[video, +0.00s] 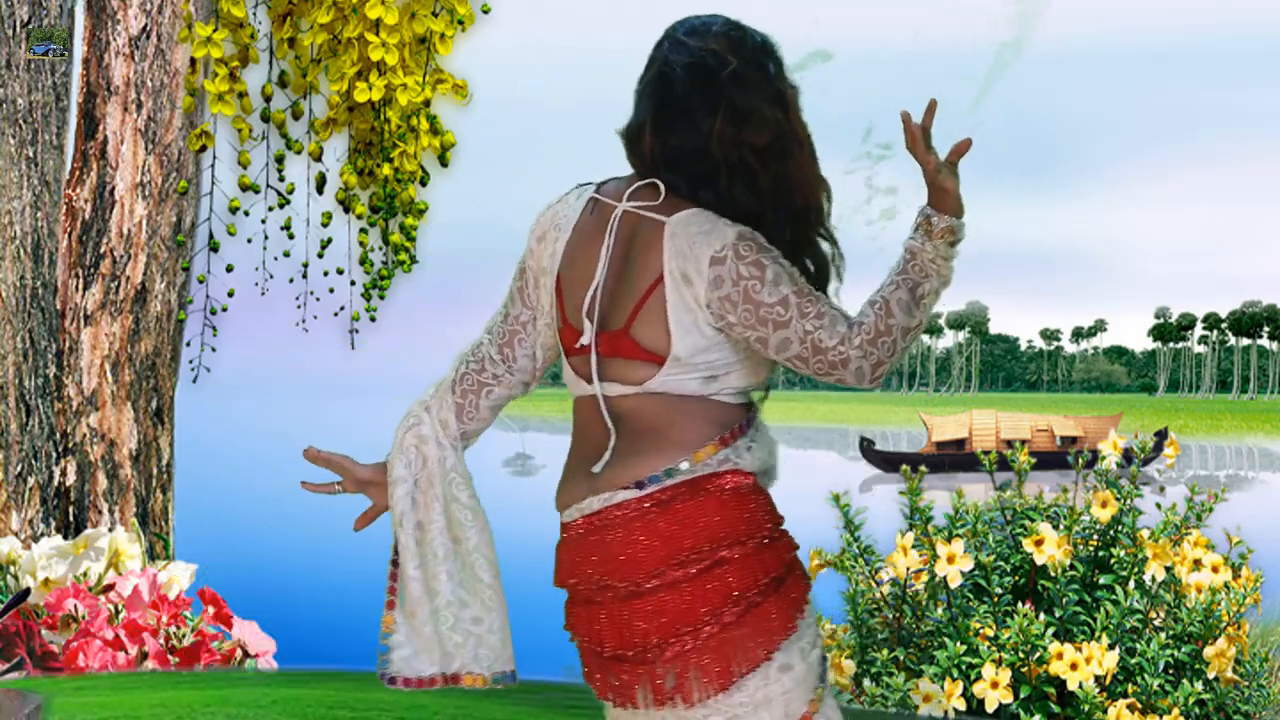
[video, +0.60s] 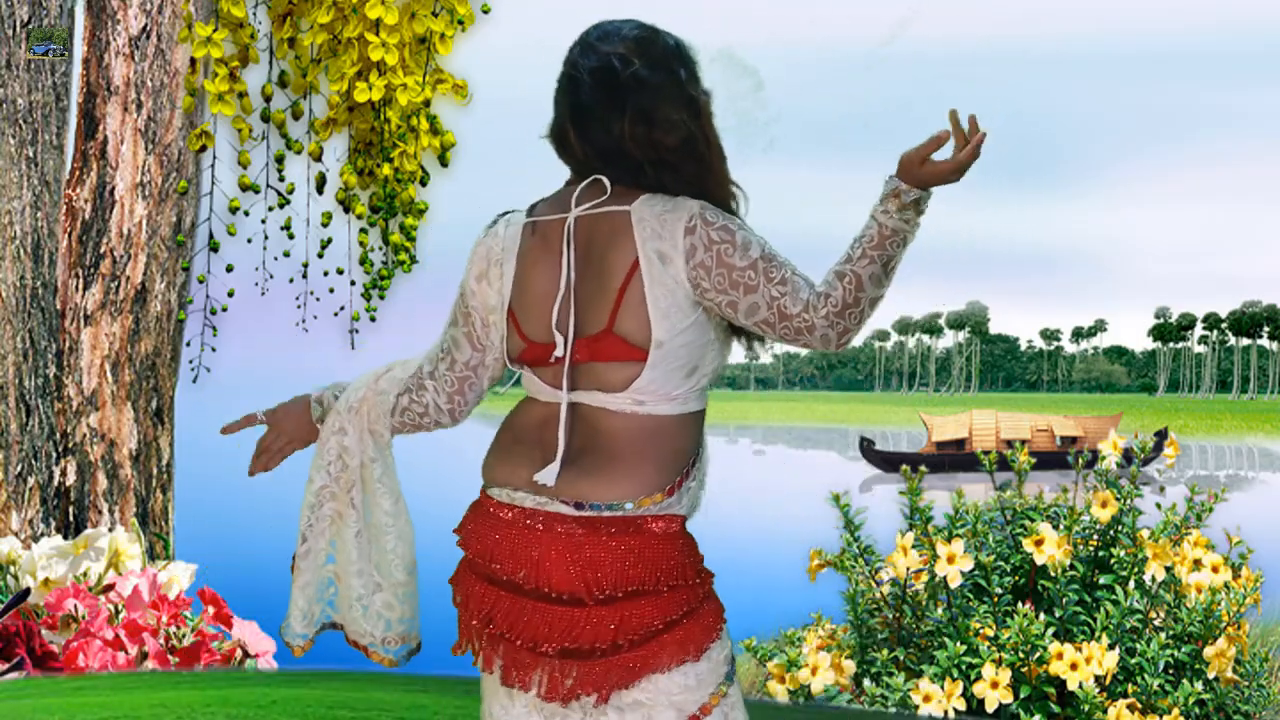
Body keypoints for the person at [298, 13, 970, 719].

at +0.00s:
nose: (789, 132)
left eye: (782, 107)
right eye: (777, 110)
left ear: (651, 117)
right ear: (749, 126)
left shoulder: (565, 224)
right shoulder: (721, 247)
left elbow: (499, 363)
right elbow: (861, 357)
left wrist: (408, 463)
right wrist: (941, 228)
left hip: (589, 533)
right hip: (706, 521)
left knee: (643, 706)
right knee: (770, 703)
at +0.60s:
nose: (704, 120)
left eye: (697, 100)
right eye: (695, 101)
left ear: (571, 121)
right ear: (671, 117)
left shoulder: (505, 241)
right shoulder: (687, 233)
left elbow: (442, 392)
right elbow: (828, 321)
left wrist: (320, 412)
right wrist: (906, 194)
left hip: (505, 526)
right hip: (632, 538)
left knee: (522, 701)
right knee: (673, 700)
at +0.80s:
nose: (681, 119)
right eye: (670, 101)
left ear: (543, 133)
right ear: (656, 120)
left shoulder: (501, 262)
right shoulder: (696, 235)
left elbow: (446, 421)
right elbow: (830, 310)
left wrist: (330, 350)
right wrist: (887, 173)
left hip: (488, 521)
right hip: (624, 548)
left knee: (490, 696)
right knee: (653, 701)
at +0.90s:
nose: (678, 119)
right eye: (667, 101)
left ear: (541, 128)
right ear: (656, 116)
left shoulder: (502, 255)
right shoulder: (698, 229)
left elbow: (449, 417)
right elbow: (828, 310)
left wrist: (327, 350)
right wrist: (885, 175)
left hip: (499, 518)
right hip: (634, 539)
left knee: (495, 695)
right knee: (657, 703)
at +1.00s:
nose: (705, 110)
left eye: (697, 89)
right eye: (696, 92)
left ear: (570, 115)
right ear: (678, 108)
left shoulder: (514, 243)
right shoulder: (711, 221)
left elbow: (469, 407)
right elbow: (844, 309)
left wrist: (331, 375)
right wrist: (913, 174)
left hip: (543, 522)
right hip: (684, 521)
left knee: (552, 693)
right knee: (710, 700)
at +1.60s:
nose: (772, 135)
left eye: (764, 111)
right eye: (760, 115)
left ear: (633, 131)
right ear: (740, 131)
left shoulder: (558, 254)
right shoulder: (742, 248)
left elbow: (496, 394)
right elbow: (902, 292)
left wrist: (387, 479)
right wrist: (952, 147)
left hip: (619, 531)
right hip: (744, 508)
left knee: (650, 709)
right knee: (792, 708)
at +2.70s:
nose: (705, 124)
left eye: (692, 108)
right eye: (694, 109)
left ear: (570, 130)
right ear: (681, 122)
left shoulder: (516, 250)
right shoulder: (705, 232)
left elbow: (439, 397)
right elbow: (866, 252)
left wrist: (308, 449)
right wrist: (969, 134)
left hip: (512, 540)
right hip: (643, 558)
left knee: (530, 700)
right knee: (717, 699)